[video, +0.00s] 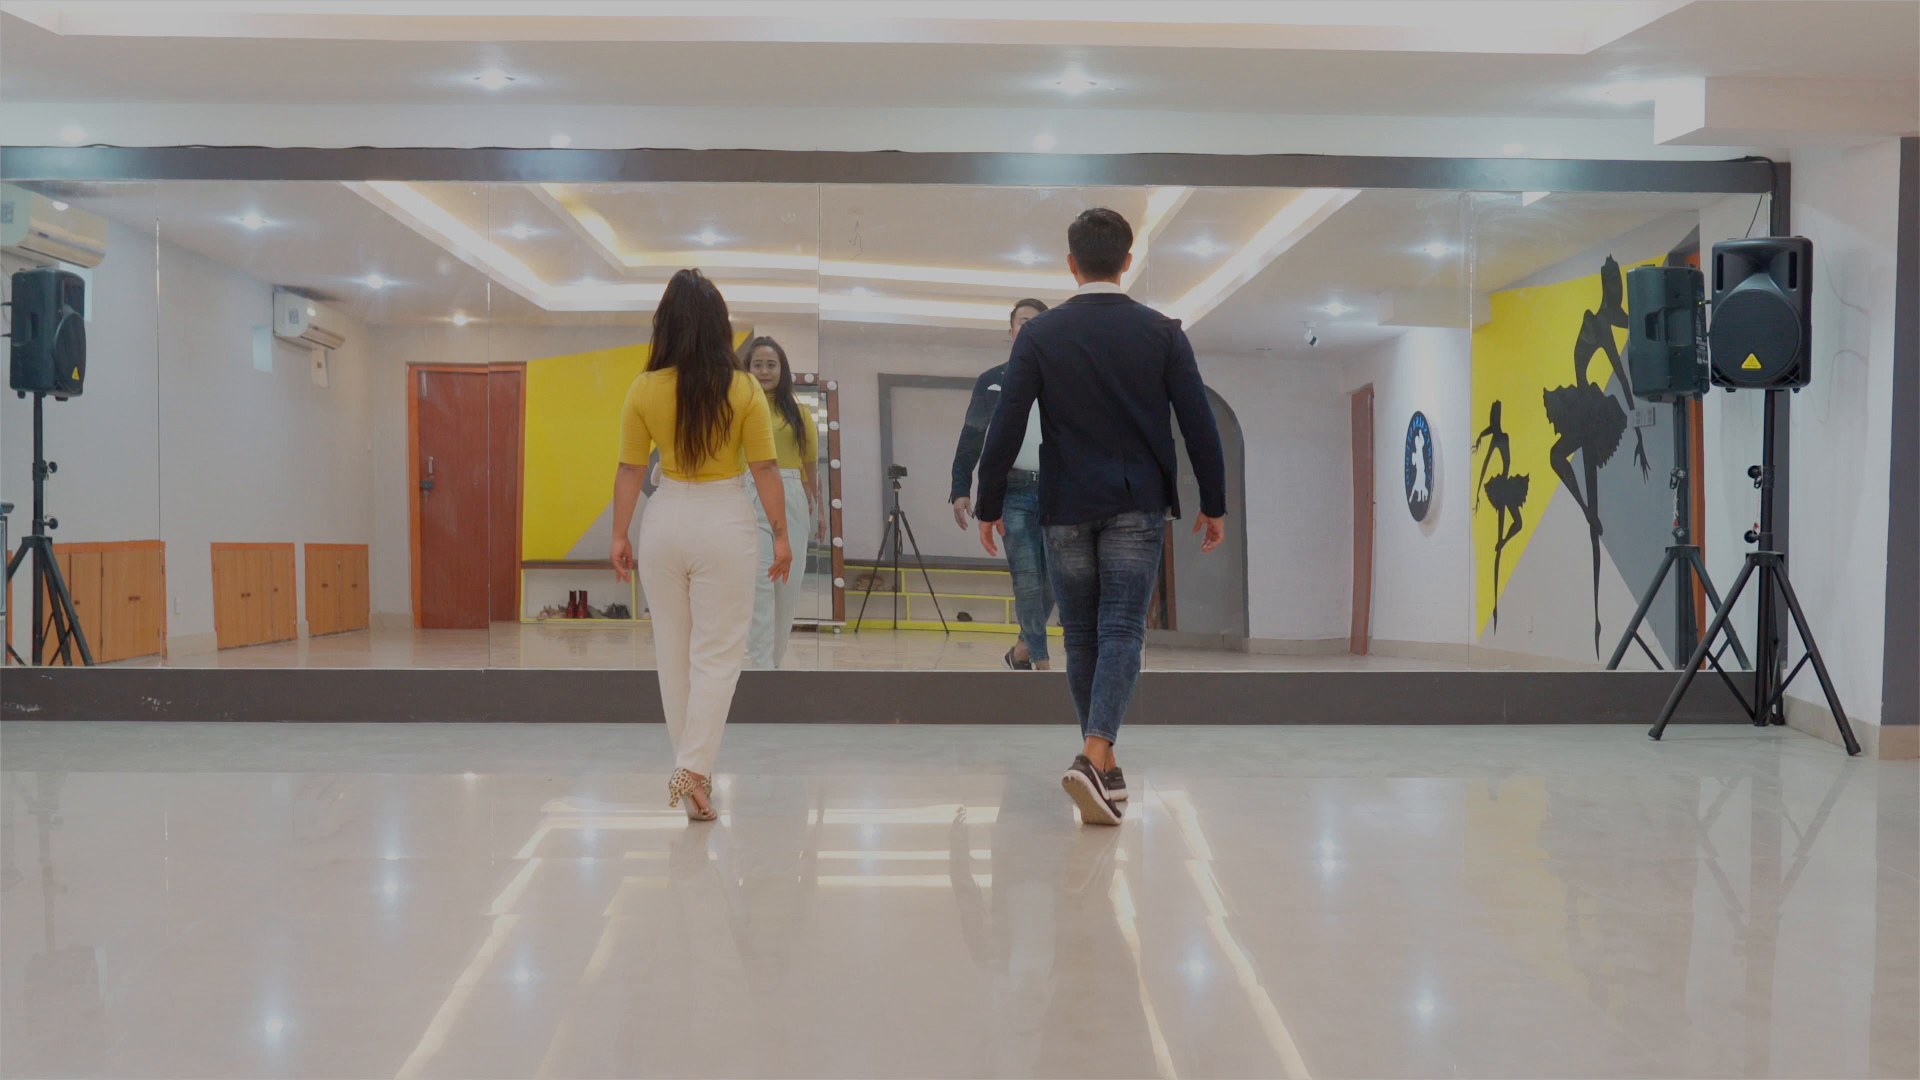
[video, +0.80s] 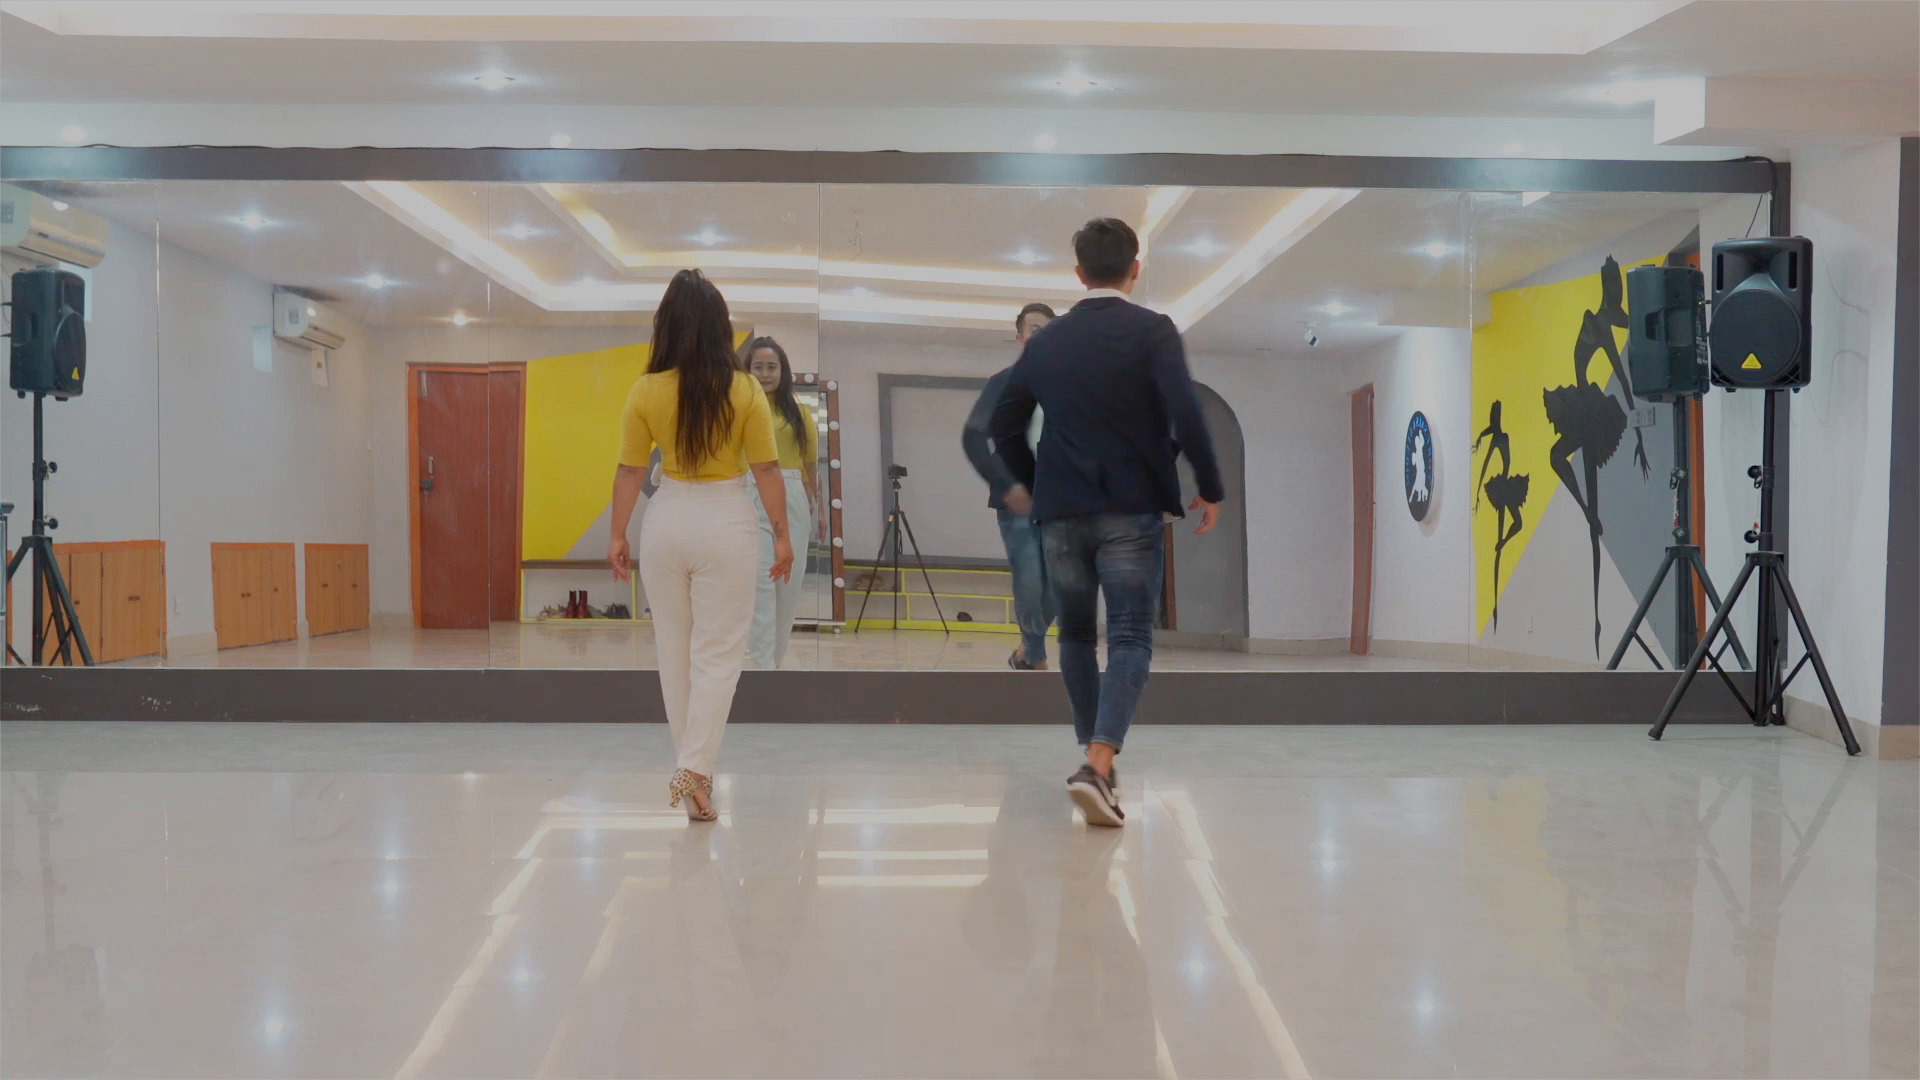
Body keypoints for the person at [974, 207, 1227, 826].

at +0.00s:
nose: (1073, 265)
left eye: (1070, 257)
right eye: (1124, 256)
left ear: (1070, 262)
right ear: (1129, 261)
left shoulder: (1041, 331)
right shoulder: (1160, 330)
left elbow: (1008, 422)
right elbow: (1198, 420)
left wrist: (988, 500)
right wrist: (1213, 501)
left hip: (1065, 499)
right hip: (1138, 497)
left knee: (1080, 634)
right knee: (1122, 630)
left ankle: (1107, 769)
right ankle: (1092, 756)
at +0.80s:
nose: (1138, 270)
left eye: (1082, 266)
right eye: (1138, 263)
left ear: (1077, 272)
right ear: (1136, 268)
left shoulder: (1048, 339)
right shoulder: (1154, 330)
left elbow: (1004, 423)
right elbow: (1186, 415)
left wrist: (1034, 484)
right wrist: (1210, 487)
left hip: (1060, 504)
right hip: (1131, 504)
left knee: (1077, 633)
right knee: (1129, 638)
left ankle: (1095, 763)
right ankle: (1097, 764)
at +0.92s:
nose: (1149, 278)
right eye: (1148, 269)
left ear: (1088, 276)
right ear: (1145, 274)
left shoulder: (1079, 334)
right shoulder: (1119, 335)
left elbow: (1058, 420)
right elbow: (1116, 421)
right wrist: (1170, 480)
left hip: (1067, 508)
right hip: (1096, 510)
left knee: (1103, 631)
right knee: (1139, 637)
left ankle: (1052, 760)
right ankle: (1081, 771)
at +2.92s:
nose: (1058, 308)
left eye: (1069, 295)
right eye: (1047, 300)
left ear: (1094, 301)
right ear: (1037, 310)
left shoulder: (1137, 356)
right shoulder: (1024, 370)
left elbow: (1170, 433)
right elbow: (986, 439)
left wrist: (1121, 468)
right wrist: (1014, 462)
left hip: (1112, 523)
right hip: (1051, 527)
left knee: (1053, 620)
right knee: (1084, 656)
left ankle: (1034, 747)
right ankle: (1151, 731)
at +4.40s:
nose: (1083, 307)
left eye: (1093, 295)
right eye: (1071, 296)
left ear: (1107, 297)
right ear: (1050, 302)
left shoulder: (1133, 363)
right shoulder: (1018, 365)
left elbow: (1146, 447)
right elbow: (951, 435)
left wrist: (1101, 497)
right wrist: (986, 455)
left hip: (1110, 521)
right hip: (1050, 520)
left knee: (1096, 650)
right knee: (1105, 641)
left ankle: (994, 724)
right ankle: (1044, 756)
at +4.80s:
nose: (1173, 305)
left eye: (1183, 293)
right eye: (1160, 294)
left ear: (1197, 289)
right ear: (1140, 295)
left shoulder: (1222, 342)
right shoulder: (1120, 362)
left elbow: (1262, 384)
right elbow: (1070, 448)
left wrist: (1274, 408)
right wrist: (1129, 497)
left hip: (1217, 513)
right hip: (1144, 517)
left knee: (1248, 640)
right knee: (1096, 615)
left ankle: (1231, 753)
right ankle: (1095, 726)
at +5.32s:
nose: (1215, 302)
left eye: (1226, 291)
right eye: (1204, 292)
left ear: (1244, 299)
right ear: (1186, 302)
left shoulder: (1273, 348)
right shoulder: (1166, 374)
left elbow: (1330, 368)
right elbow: (1134, 458)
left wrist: (1310, 439)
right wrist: (1202, 432)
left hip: (1241, 517)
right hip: (1173, 502)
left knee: (1281, 647)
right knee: (1084, 523)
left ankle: (1257, 758)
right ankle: (1159, 606)